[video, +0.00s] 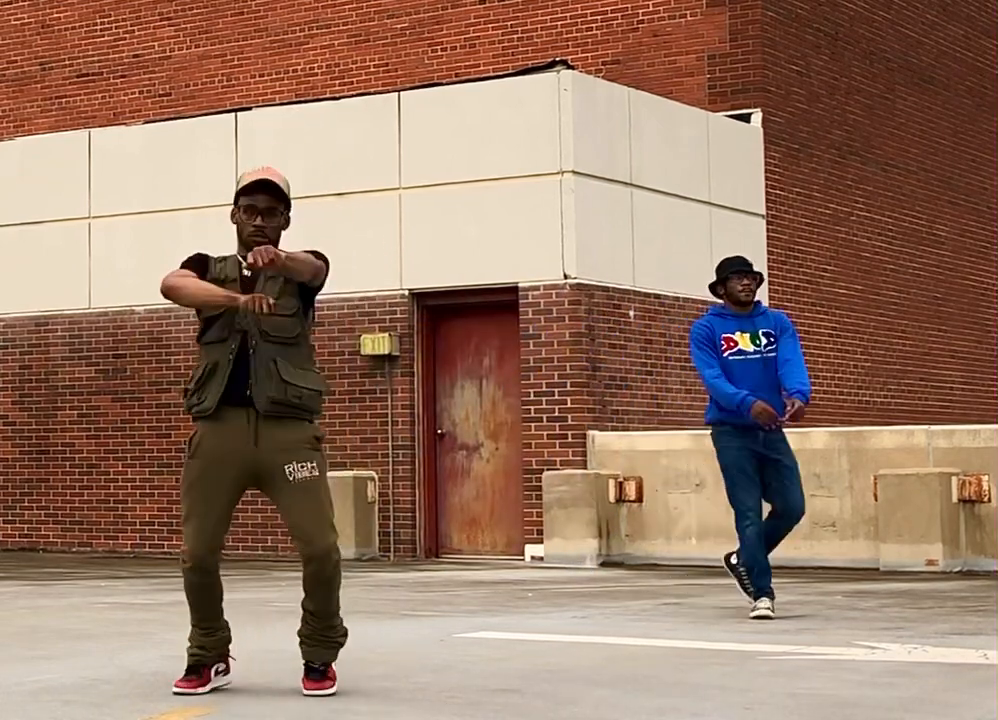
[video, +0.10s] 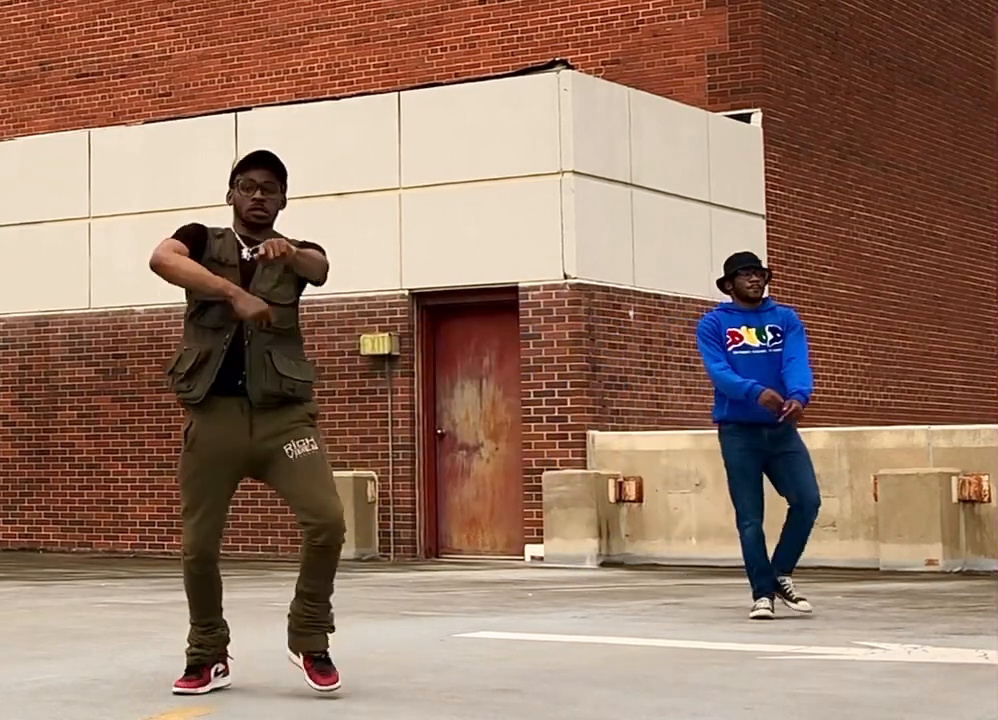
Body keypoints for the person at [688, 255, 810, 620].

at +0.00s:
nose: (747, 283)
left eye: (750, 278)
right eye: (738, 279)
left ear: (757, 285)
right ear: (721, 287)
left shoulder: (777, 321)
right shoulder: (705, 327)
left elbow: (793, 363)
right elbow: (712, 378)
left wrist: (796, 394)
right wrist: (749, 403)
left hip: (772, 431)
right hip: (732, 432)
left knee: (792, 508)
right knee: (748, 512)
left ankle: (744, 561)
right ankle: (762, 595)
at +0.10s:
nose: (755, 280)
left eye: (758, 274)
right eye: (746, 275)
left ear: (766, 281)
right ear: (730, 283)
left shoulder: (786, 317)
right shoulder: (712, 323)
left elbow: (798, 362)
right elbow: (720, 374)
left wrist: (798, 394)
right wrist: (757, 392)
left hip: (782, 431)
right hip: (739, 432)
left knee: (807, 501)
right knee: (750, 518)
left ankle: (778, 576)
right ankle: (762, 595)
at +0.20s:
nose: (763, 277)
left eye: (767, 273)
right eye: (755, 273)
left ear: (775, 280)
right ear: (738, 282)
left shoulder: (796, 318)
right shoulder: (719, 323)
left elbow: (806, 368)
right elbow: (722, 375)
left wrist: (806, 412)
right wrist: (754, 401)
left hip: (791, 431)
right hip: (745, 434)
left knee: (816, 505)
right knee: (753, 519)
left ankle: (822, 588)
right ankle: (763, 596)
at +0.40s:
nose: (774, 279)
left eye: (781, 273)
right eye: (768, 275)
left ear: (798, 280)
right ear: (762, 284)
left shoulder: (826, 322)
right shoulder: (747, 327)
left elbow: (840, 384)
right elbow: (728, 385)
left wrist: (849, 440)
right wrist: (716, 440)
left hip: (811, 436)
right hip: (764, 438)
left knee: (823, 516)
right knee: (764, 521)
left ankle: (838, 599)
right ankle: (765, 595)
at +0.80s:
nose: (789, 272)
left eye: (797, 267)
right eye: (790, 267)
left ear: (823, 271)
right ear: (804, 272)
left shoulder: (854, 314)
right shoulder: (782, 313)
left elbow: (885, 372)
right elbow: (772, 371)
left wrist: (906, 429)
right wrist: (769, 421)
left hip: (831, 431)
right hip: (783, 431)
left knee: (838, 515)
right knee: (781, 511)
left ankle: (840, 599)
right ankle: (801, 596)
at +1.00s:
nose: (789, 274)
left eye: (794, 268)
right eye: (790, 268)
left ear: (816, 271)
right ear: (808, 272)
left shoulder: (849, 312)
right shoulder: (794, 310)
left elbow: (871, 370)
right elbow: (788, 368)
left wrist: (876, 428)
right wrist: (780, 417)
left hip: (833, 429)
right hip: (790, 429)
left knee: (840, 515)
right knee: (795, 514)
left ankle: (842, 599)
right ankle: (803, 599)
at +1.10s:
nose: (786, 277)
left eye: (792, 271)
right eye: (787, 271)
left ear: (812, 272)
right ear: (807, 273)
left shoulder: (845, 309)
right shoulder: (799, 312)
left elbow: (854, 366)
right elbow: (792, 373)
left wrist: (846, 419)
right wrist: (779, 424)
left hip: (828, 430)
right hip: (791, 430)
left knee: (842, 517)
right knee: (789, 513)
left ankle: (842, 599)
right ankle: (801, 599)